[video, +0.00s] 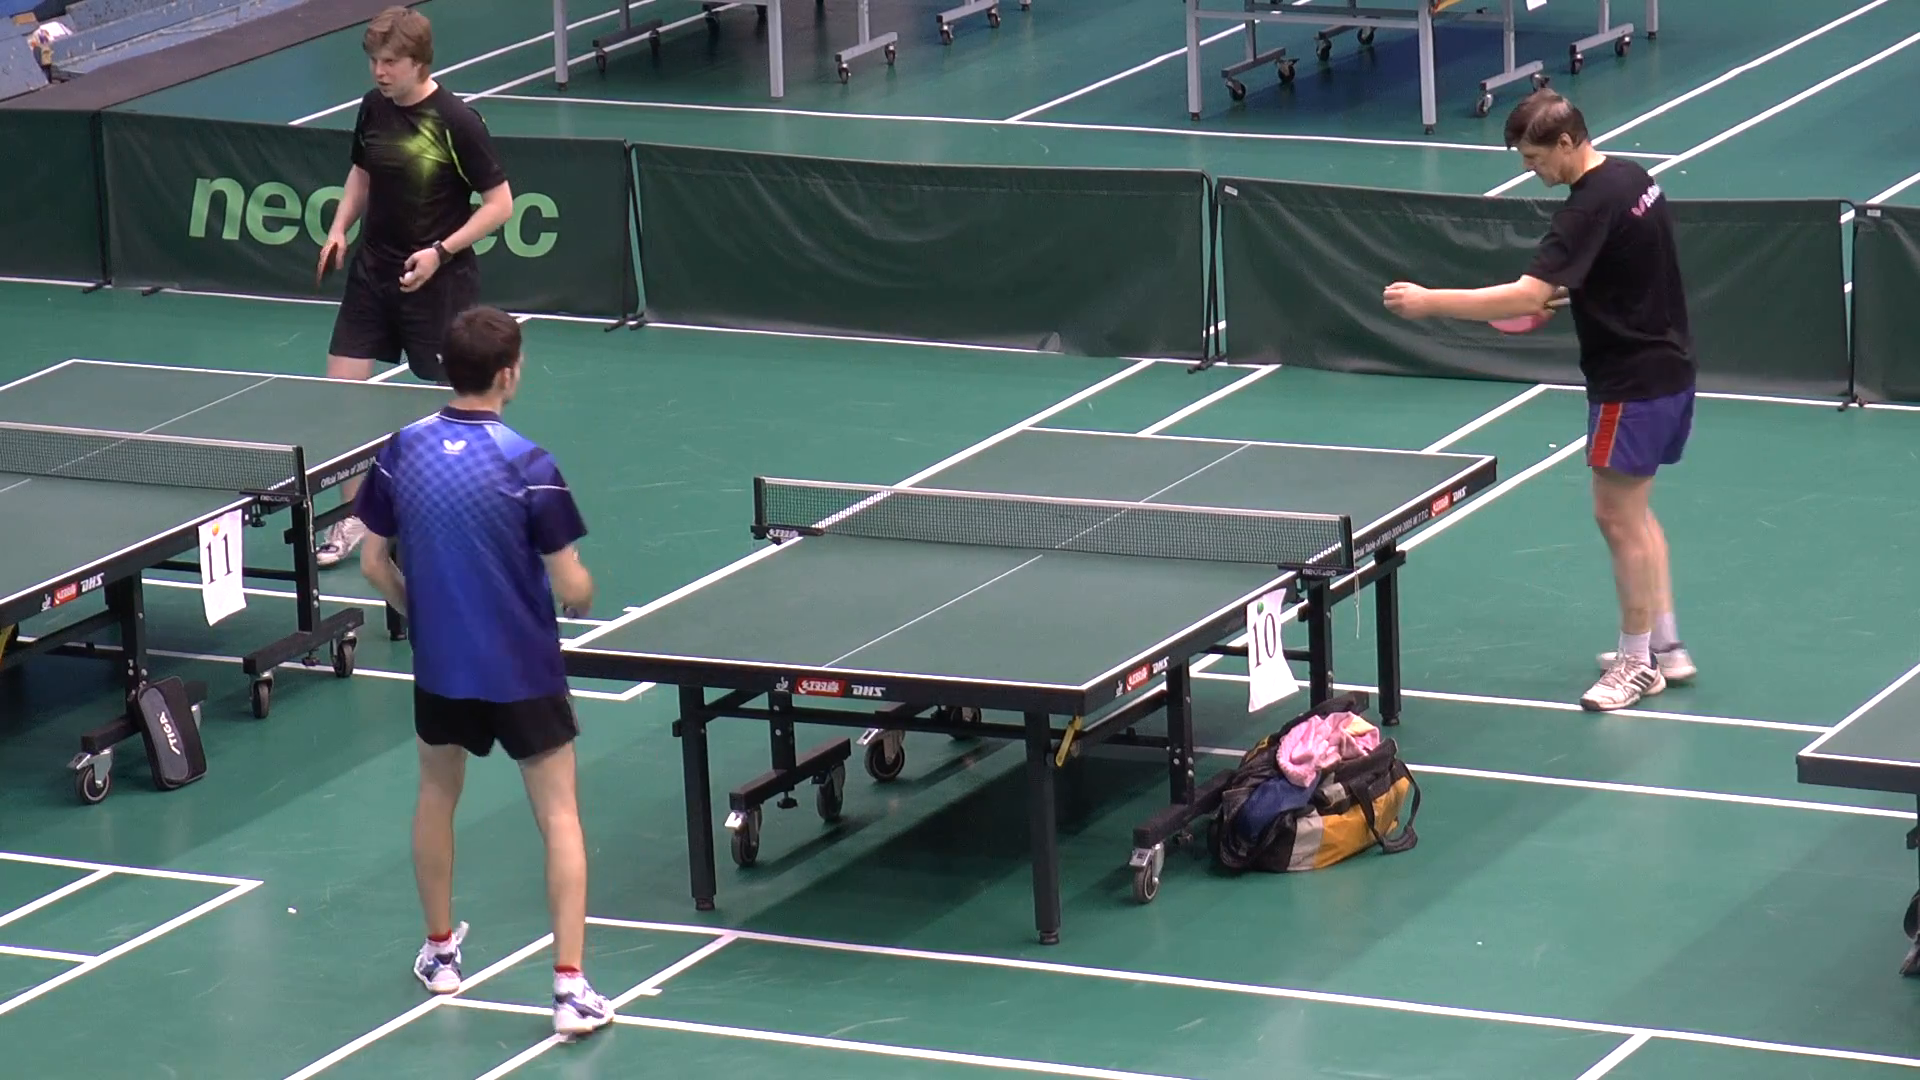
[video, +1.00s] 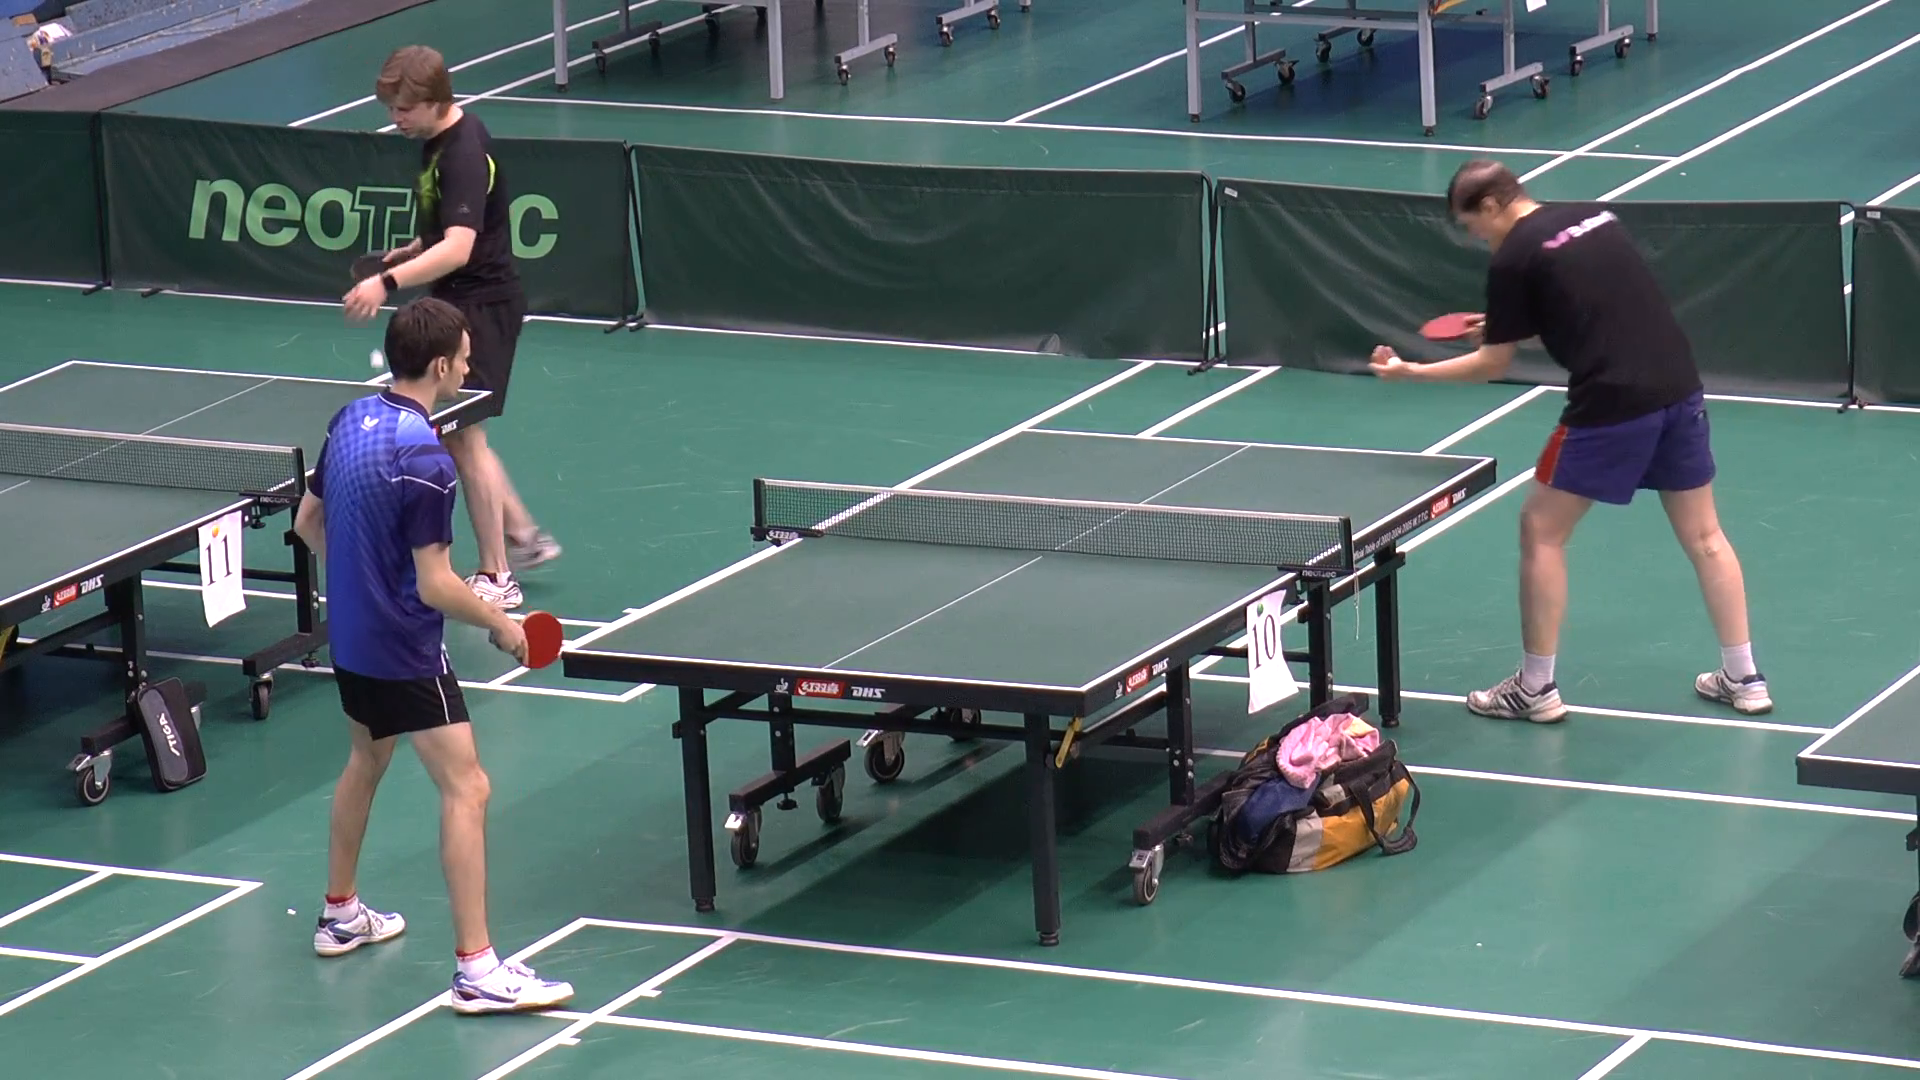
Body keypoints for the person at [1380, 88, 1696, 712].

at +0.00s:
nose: (1532, 171)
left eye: (1534, 159)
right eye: (1527, 161)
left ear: (1565, 142)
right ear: (1570, 141)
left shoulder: (1591, 203)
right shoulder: (1628, 175)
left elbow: (1528, 294)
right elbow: (1615, 268)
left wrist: (1429, 301)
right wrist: (1552, 295)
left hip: (1632, 384)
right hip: (1661, 372)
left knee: (1619, 518)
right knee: (1632, 510)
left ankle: (1636, 661)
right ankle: (1666, 648)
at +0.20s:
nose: (1553, 168)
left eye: (1554, 156)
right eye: (1547, 158)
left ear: (1585, 138)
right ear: (1601, 136)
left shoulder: (1597, 208)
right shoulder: (1665, 181)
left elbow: (1550, 301)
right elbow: (1703, 273)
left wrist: (1451, 310)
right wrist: (1615, 303)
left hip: (1636, 395)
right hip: (1693, 383)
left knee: (1610, 518)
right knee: (1691, 515)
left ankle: (1639, 663)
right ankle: (1737, 659)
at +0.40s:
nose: (1581, 174)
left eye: (1582, 160)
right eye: (1576, 164)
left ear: (1613, 142)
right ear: (1622, 142)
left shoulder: (1624, 209)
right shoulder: (1694, 191)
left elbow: (1574, 298)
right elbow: (1737, 285)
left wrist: (1471, 304)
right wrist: (1671, 325)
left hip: (1656, 391)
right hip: (1716, 384)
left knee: (1579, 509)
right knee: (1720, 526)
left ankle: (1638, 655)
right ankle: (1745, 675)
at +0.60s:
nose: (1583, 178)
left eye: (1581, 165)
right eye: (1577, 168)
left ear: (1609, 144)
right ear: (1621, 142)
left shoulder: (1622, 207)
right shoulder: (1696, 191)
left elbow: (1552, 297)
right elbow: (1738, 285)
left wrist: (1455, 309)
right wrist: (1646, 331)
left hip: (1658, 397)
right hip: (1722, 391)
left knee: (1588, 516)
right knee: (1724, 530)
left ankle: (1568, 675)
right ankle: (1745, 676)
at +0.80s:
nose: (1541, 201)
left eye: (1539, 186)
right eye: (1535, 190)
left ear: (1566, 166)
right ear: (1583, 161)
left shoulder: (1581, 228)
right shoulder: (1658, 198)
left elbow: (1533, 329)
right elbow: (1644, 295)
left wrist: (1444, 348)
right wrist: (1563, 320)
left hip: (1643, 403)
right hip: (1709, 392)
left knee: (1586, 540)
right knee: (1715, 534)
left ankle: (1544, 685)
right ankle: (1744, 677)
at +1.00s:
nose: (1476, 241)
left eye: (1471, 228)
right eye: (1469, 231)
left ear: (1488, 208)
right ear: (1515, 193)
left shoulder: (1515, 258)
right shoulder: (1594, 215)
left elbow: (1493, 361)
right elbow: (1586, 301)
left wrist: (1410, 370)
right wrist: (1503, 322)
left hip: (1612, 404)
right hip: (1680, 387)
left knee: (1542, 532)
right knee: (1707, 538)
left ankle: (1535, 685)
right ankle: (1743, 677)